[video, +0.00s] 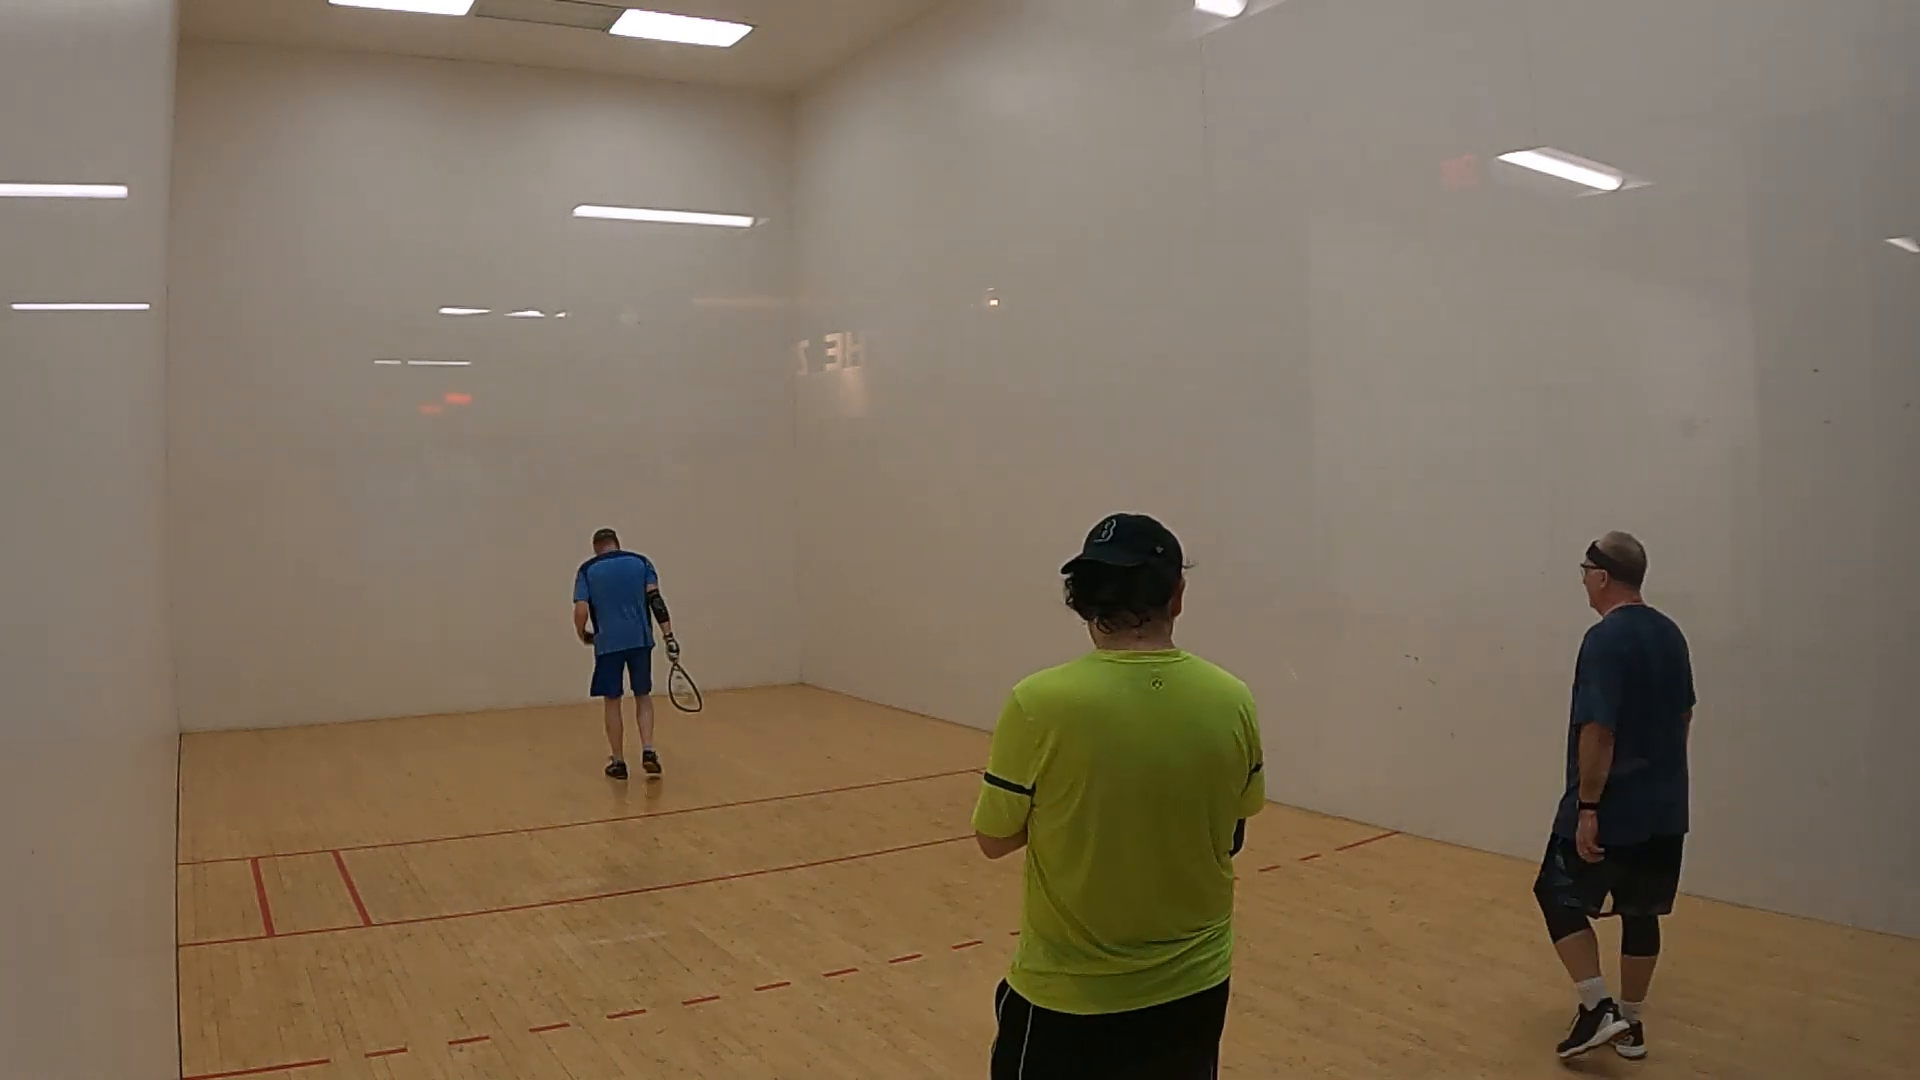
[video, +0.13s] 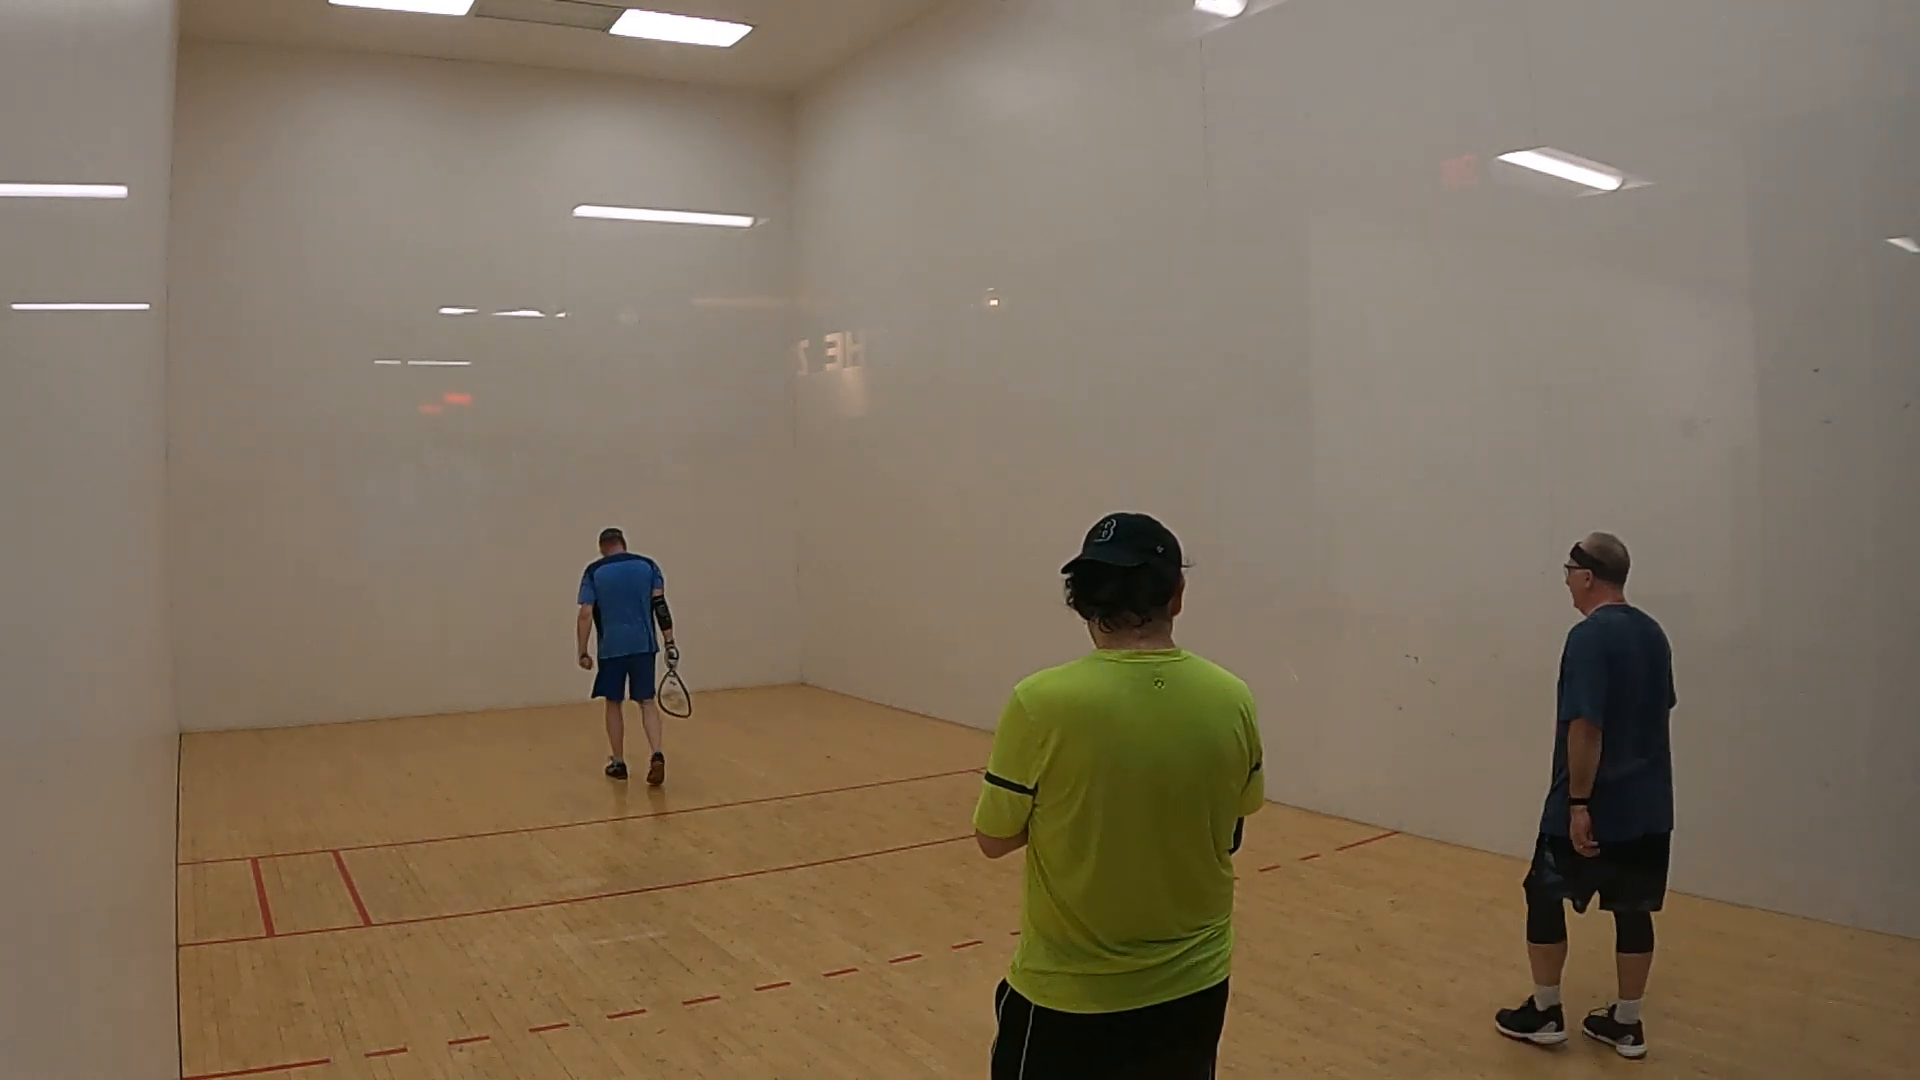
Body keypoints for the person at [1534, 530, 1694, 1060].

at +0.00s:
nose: (1584, 579)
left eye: (1587, 571)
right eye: (1586, 570)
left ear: (1602, 577)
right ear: (1636, 578)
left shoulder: (1604, 639)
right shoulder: (1670, 634)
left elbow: (1597, 729)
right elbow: (1683, 716)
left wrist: (1587, 807)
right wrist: (1662, 781)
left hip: (1603, 810)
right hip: (1663, 811)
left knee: (1558, 892)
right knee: (1642, 911)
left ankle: (1594, 1005)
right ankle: (1629, 1025)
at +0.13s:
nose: (1566, 580)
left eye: (1570, 572)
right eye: (1568, 572)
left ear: (1587, 576)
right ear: (1615, 578)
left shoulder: (1588, 636)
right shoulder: (1652, 633)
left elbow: (1584, 726)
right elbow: (1661, 710)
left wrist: (1578, 802)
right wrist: (1632, 774)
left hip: (1587, 807)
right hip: (1647, 806)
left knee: (1542, 890)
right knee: (1633, 906)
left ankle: (1545, 1011)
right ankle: (1626, 1020)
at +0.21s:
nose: (1554, 581)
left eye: (1557, 572)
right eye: (1556, 572)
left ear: (1574, 578)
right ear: (1605, 580)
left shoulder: (1575, 638)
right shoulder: (1639, 633)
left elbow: (1571, 730)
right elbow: (1646, 715)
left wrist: (1564, 803)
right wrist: (1629, 782)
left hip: (1574, 808)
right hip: (1633, 806)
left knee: (1537, 892)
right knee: (1627, 908)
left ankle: (1525, 1002)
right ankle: (1626, 1019)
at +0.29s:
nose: (1542, 583)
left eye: (1545, 574)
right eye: (1543, 574)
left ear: (1561, 579)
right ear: (1591, 580)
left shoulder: (1561, 641)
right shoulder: (1627, 634)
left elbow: (1553, 735)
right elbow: (1635, 710)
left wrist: (1543, 807)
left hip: (1561, 810)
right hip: (1620, 808)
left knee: (1529, 895)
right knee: (1617, 907)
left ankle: (1525, 1002)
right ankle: (1625, 1017)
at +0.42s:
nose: (1522, 580)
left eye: (1525, 572)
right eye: (1523, 571)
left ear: (1541, 577)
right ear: (1573, 576)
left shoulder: (1539, 640)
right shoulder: (1610, 630)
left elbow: (1525, 732)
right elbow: (1619, 704)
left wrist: (1506, 797)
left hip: (1545, 799)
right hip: (1602, 798)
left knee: (1523, 894)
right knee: (1597, 889)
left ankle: (1525, 1001)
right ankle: (1621, 992)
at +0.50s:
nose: (1512, 578)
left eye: (1515, 570)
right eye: (1513, 569)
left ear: (1531, 576)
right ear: (1564, 576)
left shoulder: (1530, 637)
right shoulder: (1600, 627)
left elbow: (1511, 726)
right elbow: (1613, 704)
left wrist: (1483, 784)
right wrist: (1595, 761)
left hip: (1537, 792)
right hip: (1593, 788)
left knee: (1521, 890)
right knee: (1582, 874)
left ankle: (1526, 1001)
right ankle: (1617, 971)